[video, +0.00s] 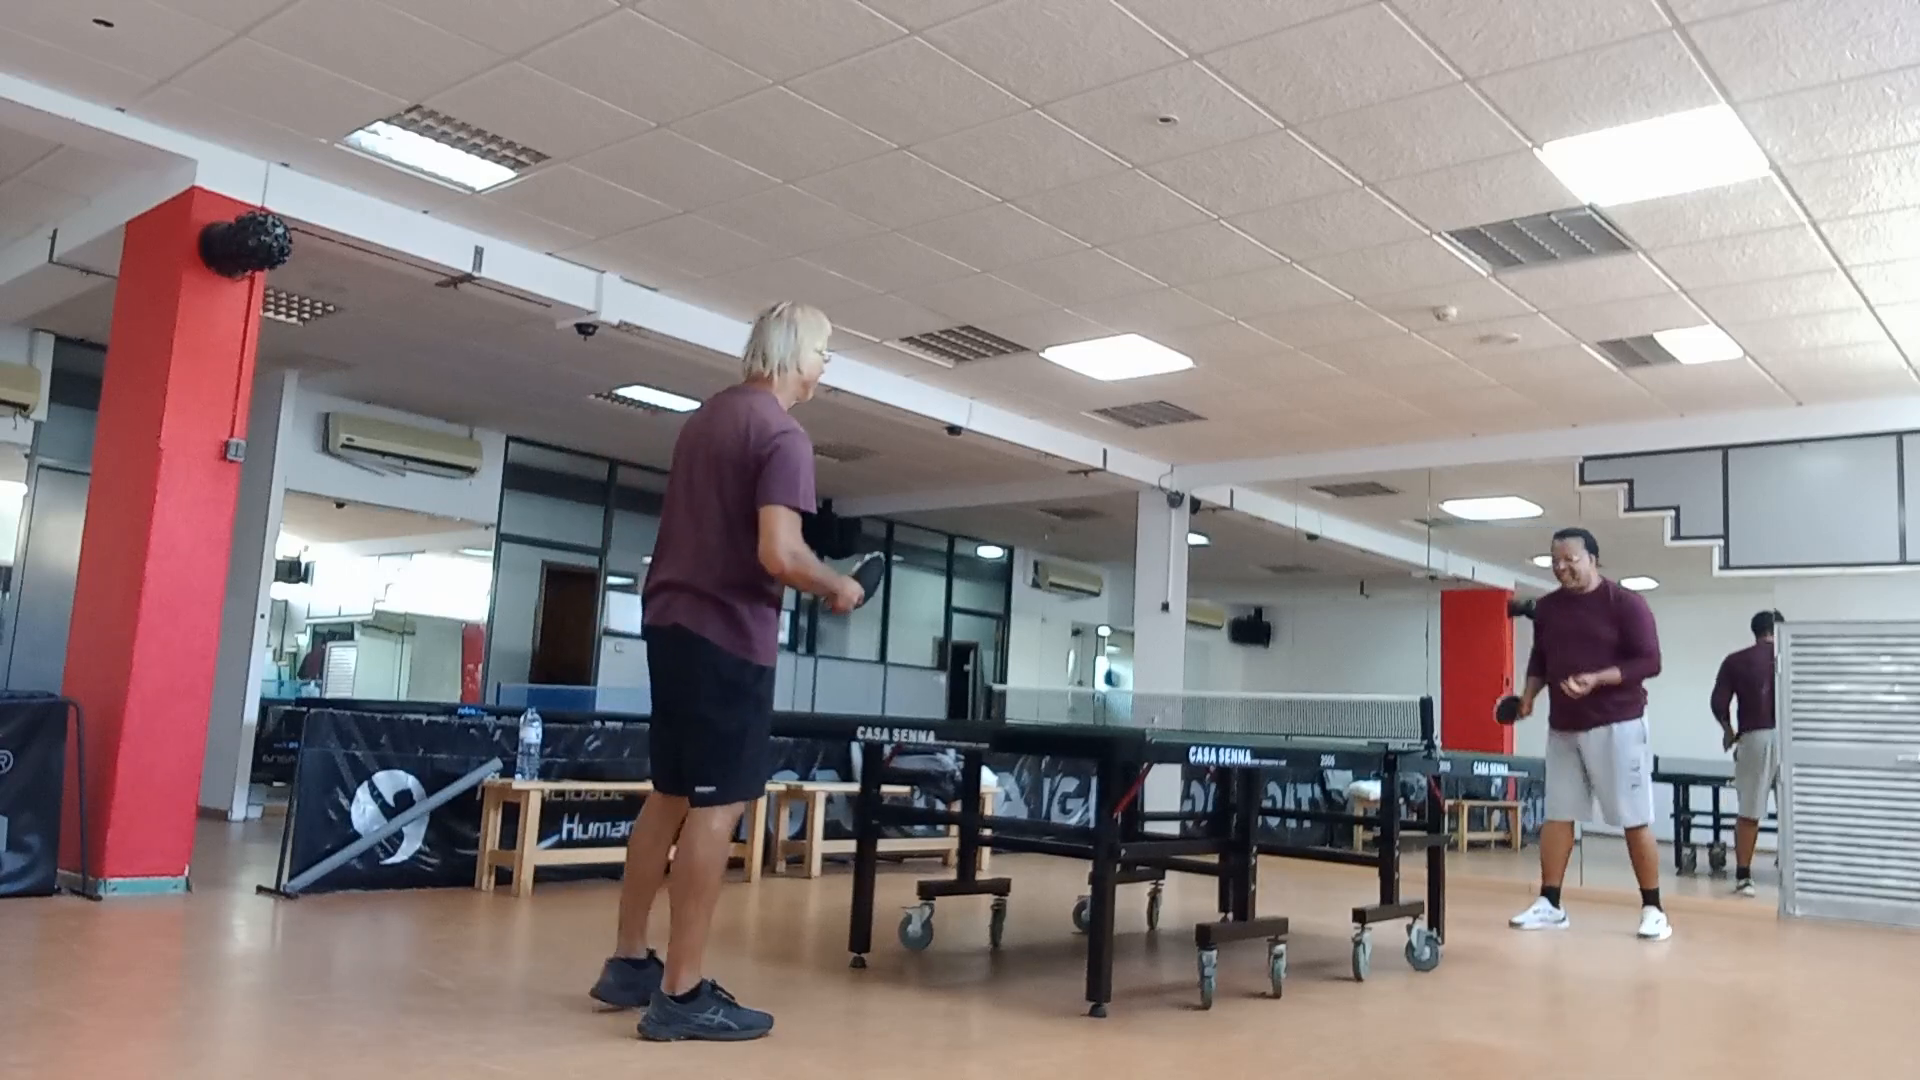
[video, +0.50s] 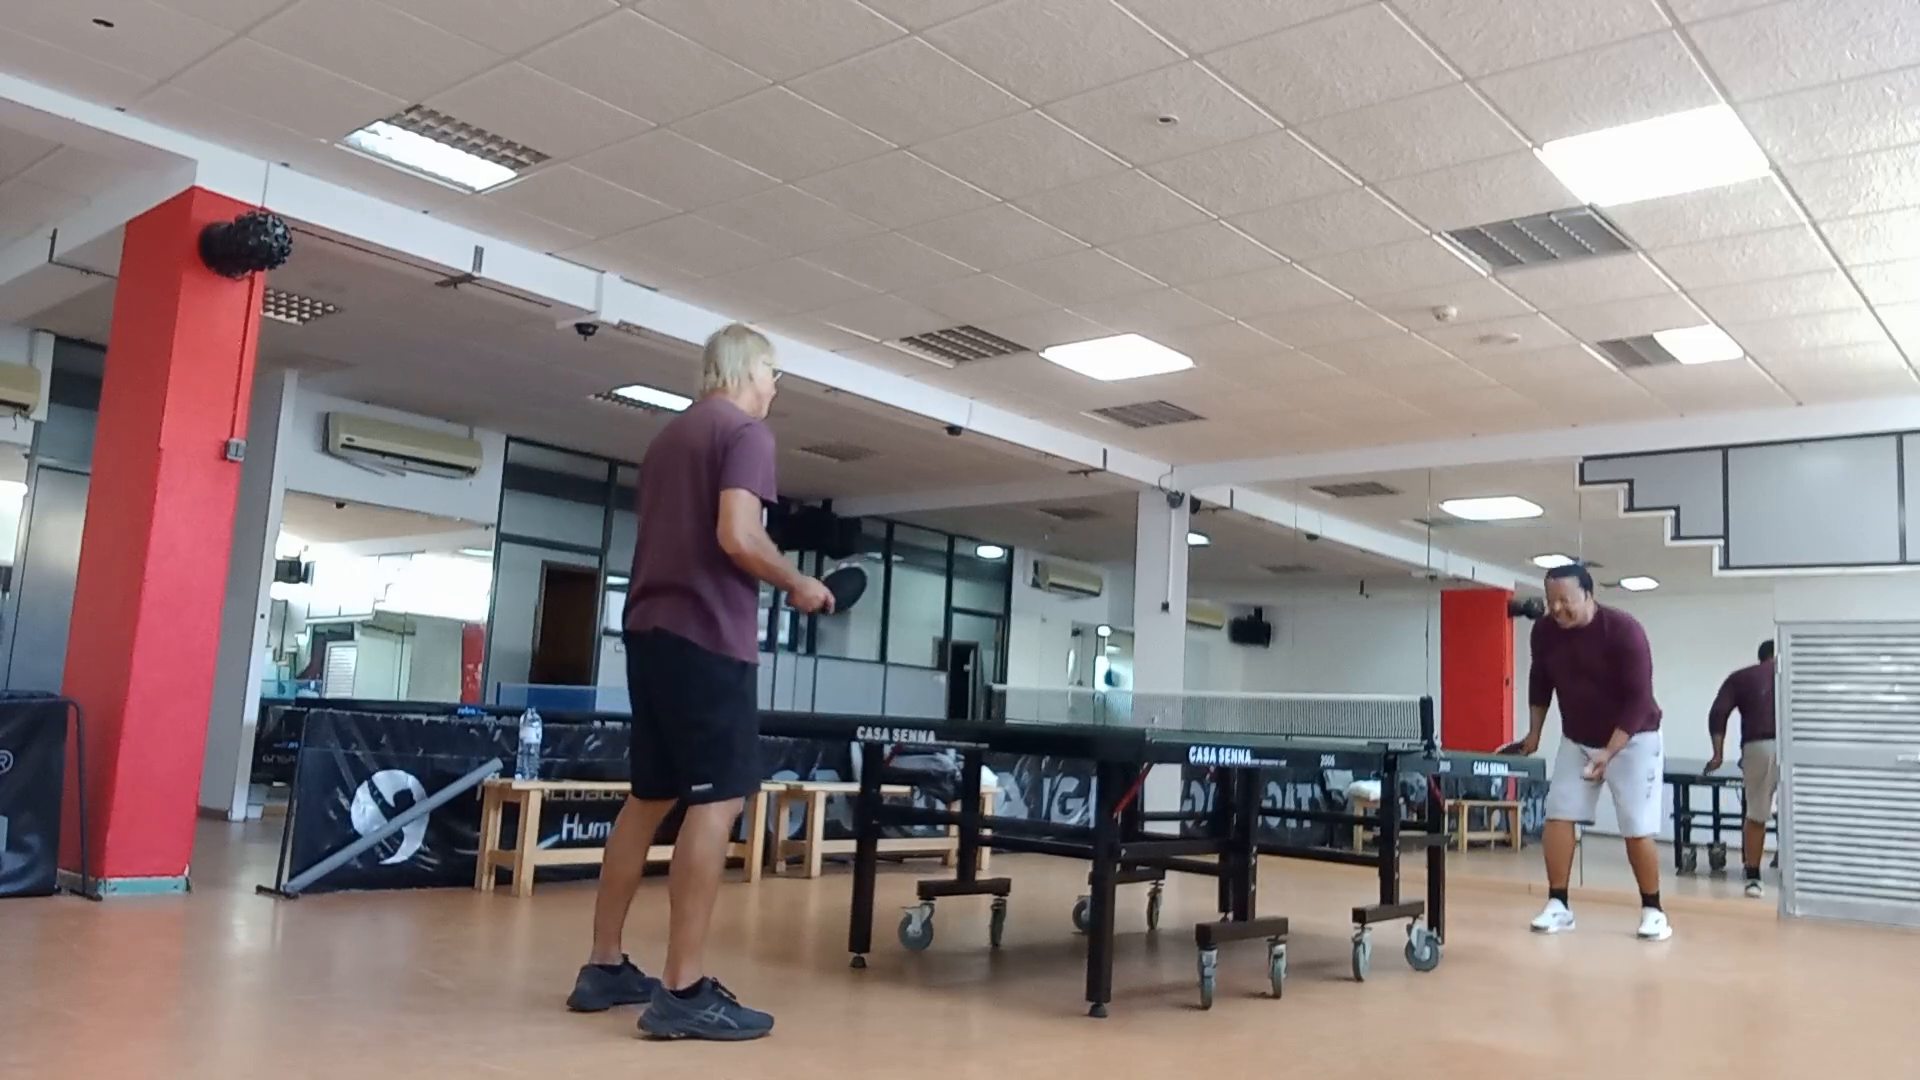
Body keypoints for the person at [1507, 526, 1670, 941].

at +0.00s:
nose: (1564, 568)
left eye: (1571, 559)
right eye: (1557, 562)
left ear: (1592, 558)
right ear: (1552, 567)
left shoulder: (1626, 604)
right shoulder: (1548, 607)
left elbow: (1650, 662)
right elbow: (1541, 658)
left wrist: (1598, 677)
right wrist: (1528, 694)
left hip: (1617, 727)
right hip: (1564, 728)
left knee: (1634, 819)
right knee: (1557, 814)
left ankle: (1652, 909)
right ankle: (1549, 904)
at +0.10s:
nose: (1569, 569)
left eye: (1576, 561)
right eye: (1562, 563)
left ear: (1598, 561)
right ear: (1558, 568)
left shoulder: (1632, 604)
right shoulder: (1554, 608)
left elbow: (1658, 663)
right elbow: (1549, 660)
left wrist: (1607, 687)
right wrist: (1537, 701)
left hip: (1624, 729)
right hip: (1572, 730)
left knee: (1639, 820)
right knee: (1561, 813)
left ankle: (1652, 909)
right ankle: (1551, 904)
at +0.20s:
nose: (1571, 575)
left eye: (1578, 567)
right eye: (1565, 569)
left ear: (1600, 564)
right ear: (1560, 571)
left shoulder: (1635, 606)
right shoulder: (1557, 610)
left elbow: (1662, 668)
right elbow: (1553, 662)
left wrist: (1616, 703)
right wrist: (1544, 706)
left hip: (1630, 731)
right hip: (1575, 731)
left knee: (1641, 823)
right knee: (1563, 812)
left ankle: (1653, 909)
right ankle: (1556, 903)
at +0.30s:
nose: (1569, 585)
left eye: (1576, 577)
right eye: (1563, 578)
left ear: (1598, 571)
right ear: (1557, 577)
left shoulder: (1632, 612)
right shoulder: (1555, 614)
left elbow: (1657, 677)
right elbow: (1551, 666)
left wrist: (1621, 721)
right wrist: (1546, 712)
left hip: (1632, 735)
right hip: (1577, 735)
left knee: (1640, 824)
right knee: (1567, 815)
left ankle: (1652, 910)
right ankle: (1559, 905)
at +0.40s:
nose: (1563, 595)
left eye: (1570, 587)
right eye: (1557, 588)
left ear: (1592, 582)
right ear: (1552, 588)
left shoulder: (1628, 622)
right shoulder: (1550, 624)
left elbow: (1649, 690)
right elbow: (1546, 676)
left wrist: (1618, 742)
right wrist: (1540, 725)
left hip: (1635, 736)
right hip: (1579, 737)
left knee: (1639, 826)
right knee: (1563, 815)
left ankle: (1652, 910)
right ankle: (1558, 905)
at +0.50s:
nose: (1559, 609)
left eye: (1566, 601)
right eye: (1552, 602)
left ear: (1589, 594)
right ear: (1547, 600)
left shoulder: (1624, 631)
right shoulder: (1545, 632)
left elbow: (1638, 700)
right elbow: (1540, 683)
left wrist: (1609, 751)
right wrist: (1533, 735)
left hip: (1633, 739)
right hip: (1578, 740)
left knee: (1636, 827)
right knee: (1559, 815)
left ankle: (1652, 911)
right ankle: (1558, 906)